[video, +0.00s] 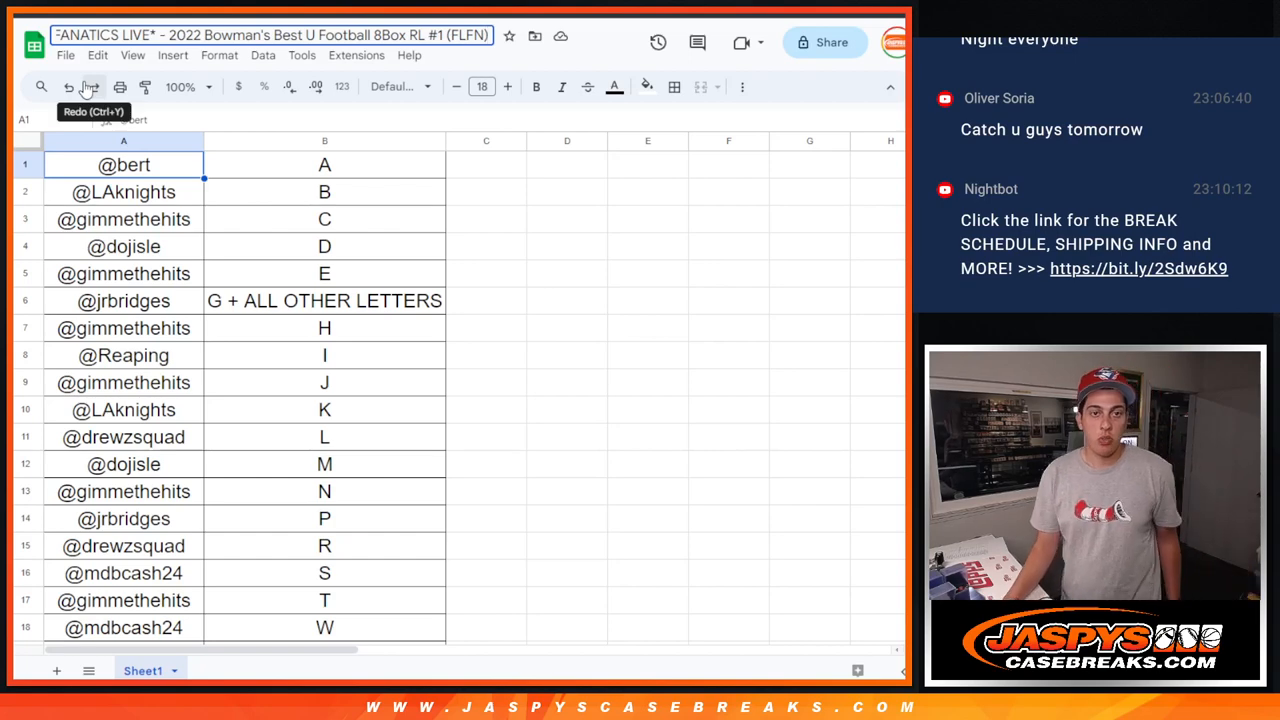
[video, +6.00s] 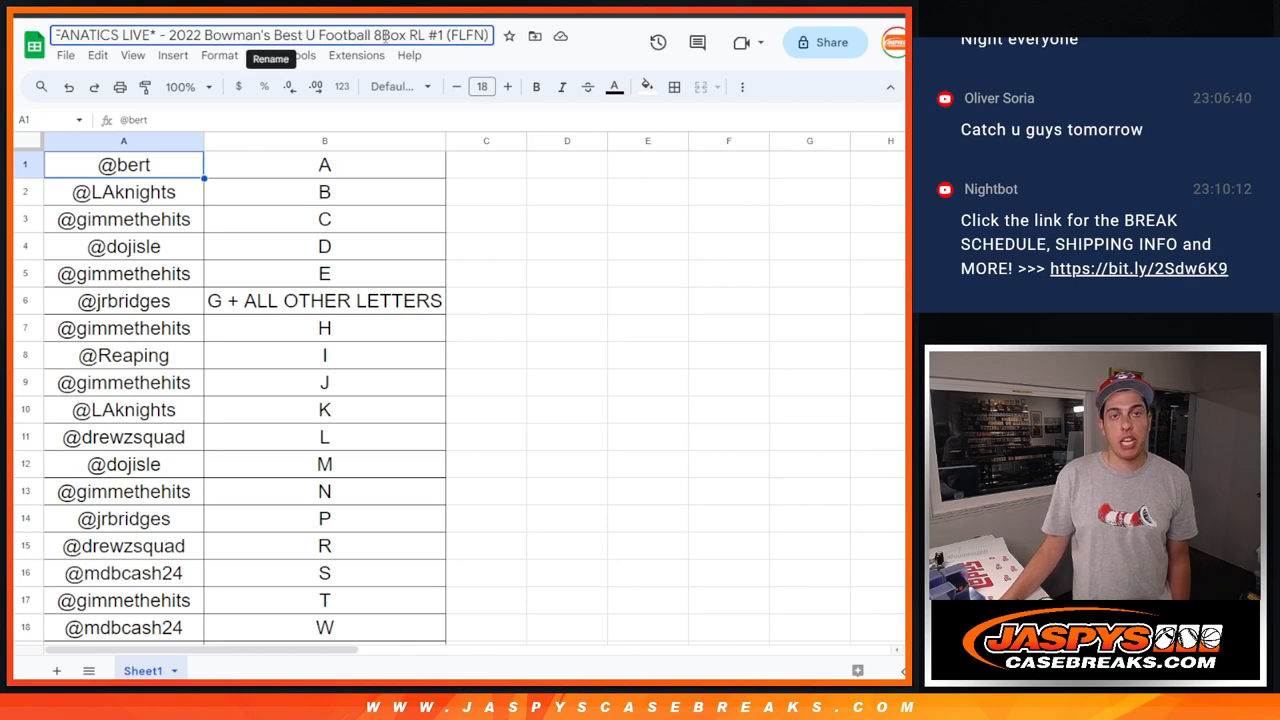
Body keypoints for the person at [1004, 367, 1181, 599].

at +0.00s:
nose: (1106, 424)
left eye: (1116, 413)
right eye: (1096, 412)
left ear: (1127, 419)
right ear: (1080, 419)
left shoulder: (1156, 471)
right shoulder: (1057, 473)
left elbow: (1167, 539)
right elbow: (1044, 546)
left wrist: (1173, 597)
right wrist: (1012, 597)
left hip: (1141, 601)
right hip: (1078, 605)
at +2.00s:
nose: (1126, 427)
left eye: (1136, 415)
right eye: (1115, 416)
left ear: (1146, 421)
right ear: (1100, 424)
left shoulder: (1169, 479)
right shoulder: (1071, 475)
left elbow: (1175, 554)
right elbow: (1049, 548)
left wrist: (1175, 603)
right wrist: (1006, 600)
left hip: (1149, 602)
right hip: (1087, 603)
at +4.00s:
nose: (1129, 427)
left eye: (1138, 415)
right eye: (1117, 416)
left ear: (1150, 421)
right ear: (1102, 424)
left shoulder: (1174, 480)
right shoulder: (1074, 476)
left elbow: (1179, 557)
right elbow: (1051, 548)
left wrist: (1180, 612)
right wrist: (1005, 601)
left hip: (1152, 607)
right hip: (1090, 607)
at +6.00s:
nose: (1126, 424)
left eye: (1135, 413)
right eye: (1115, 415)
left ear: (1149, 421)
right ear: (1102, 425)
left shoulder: (1175, 480)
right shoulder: (1074, 475)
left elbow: (1179, 556)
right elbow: (1051, 549)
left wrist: (1180, 611)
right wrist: (1007, 599)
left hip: (1152, 606)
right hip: (1090, 606)